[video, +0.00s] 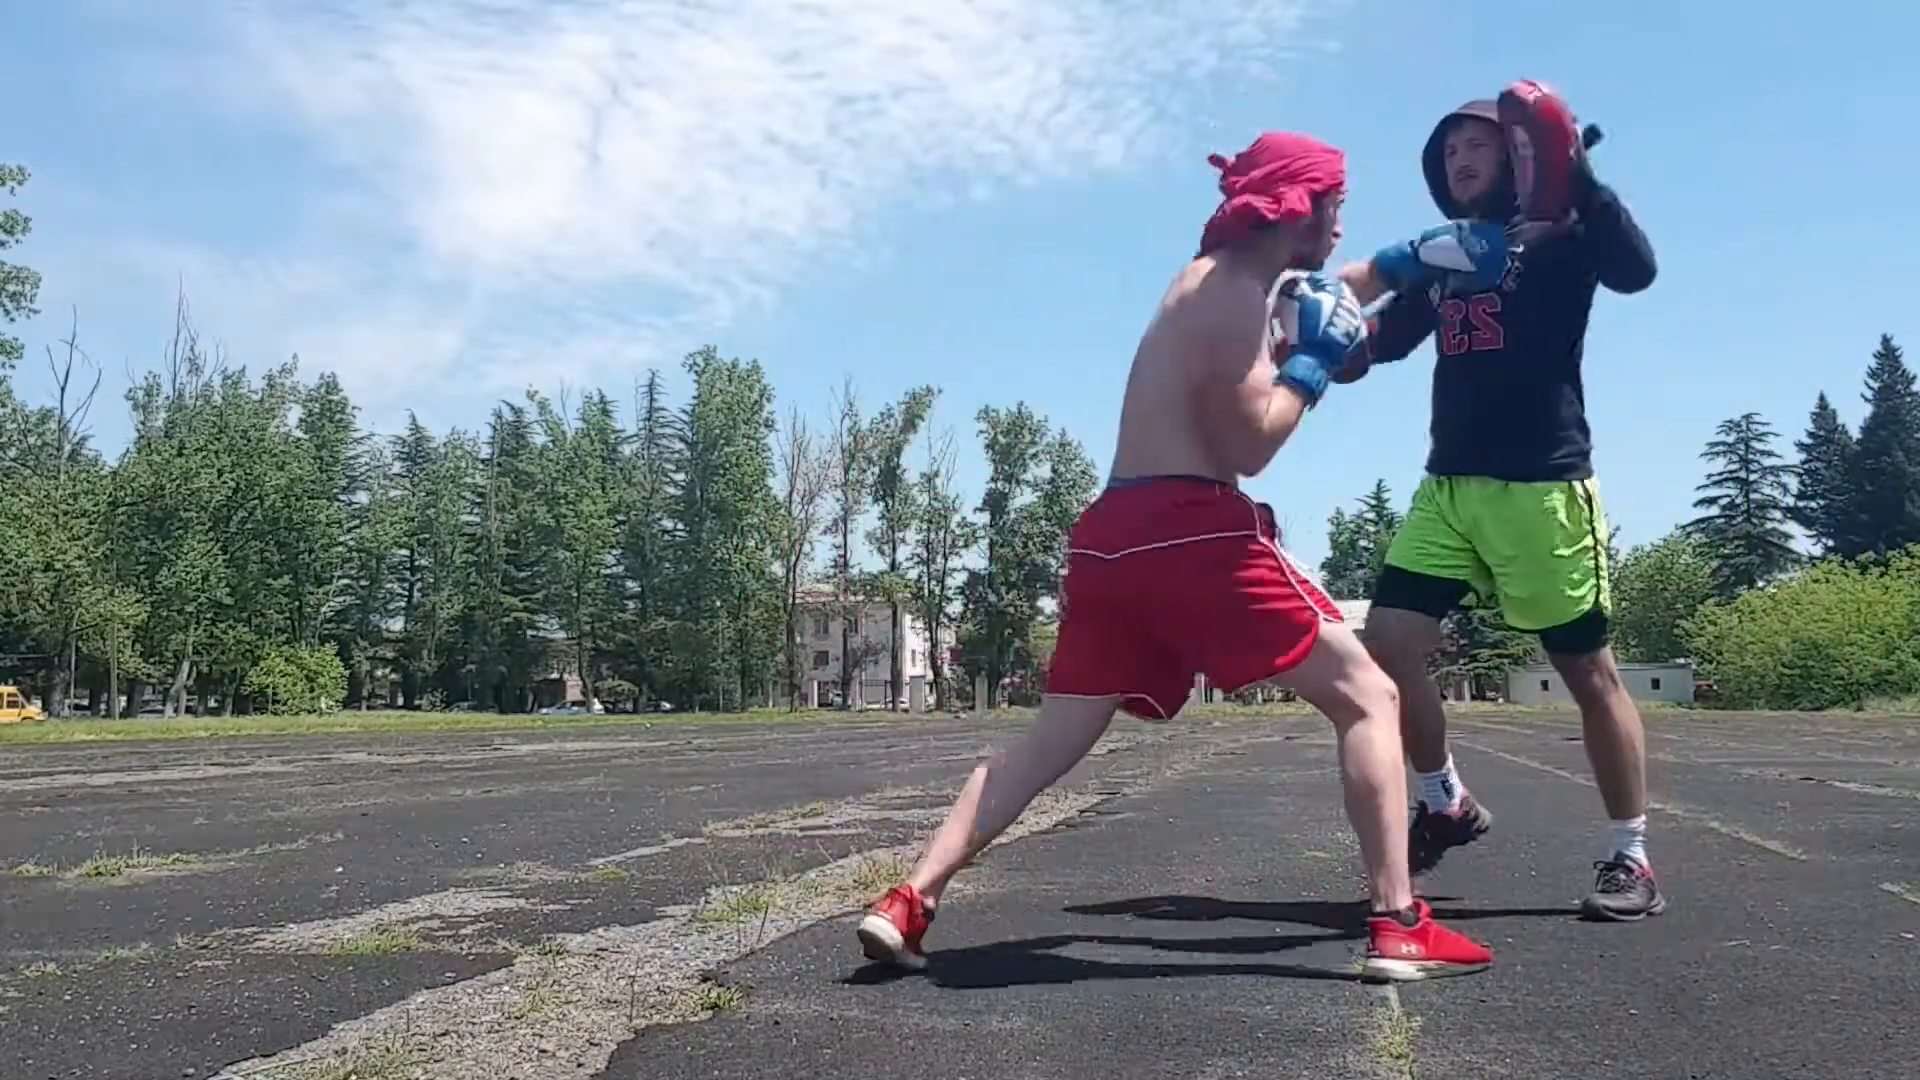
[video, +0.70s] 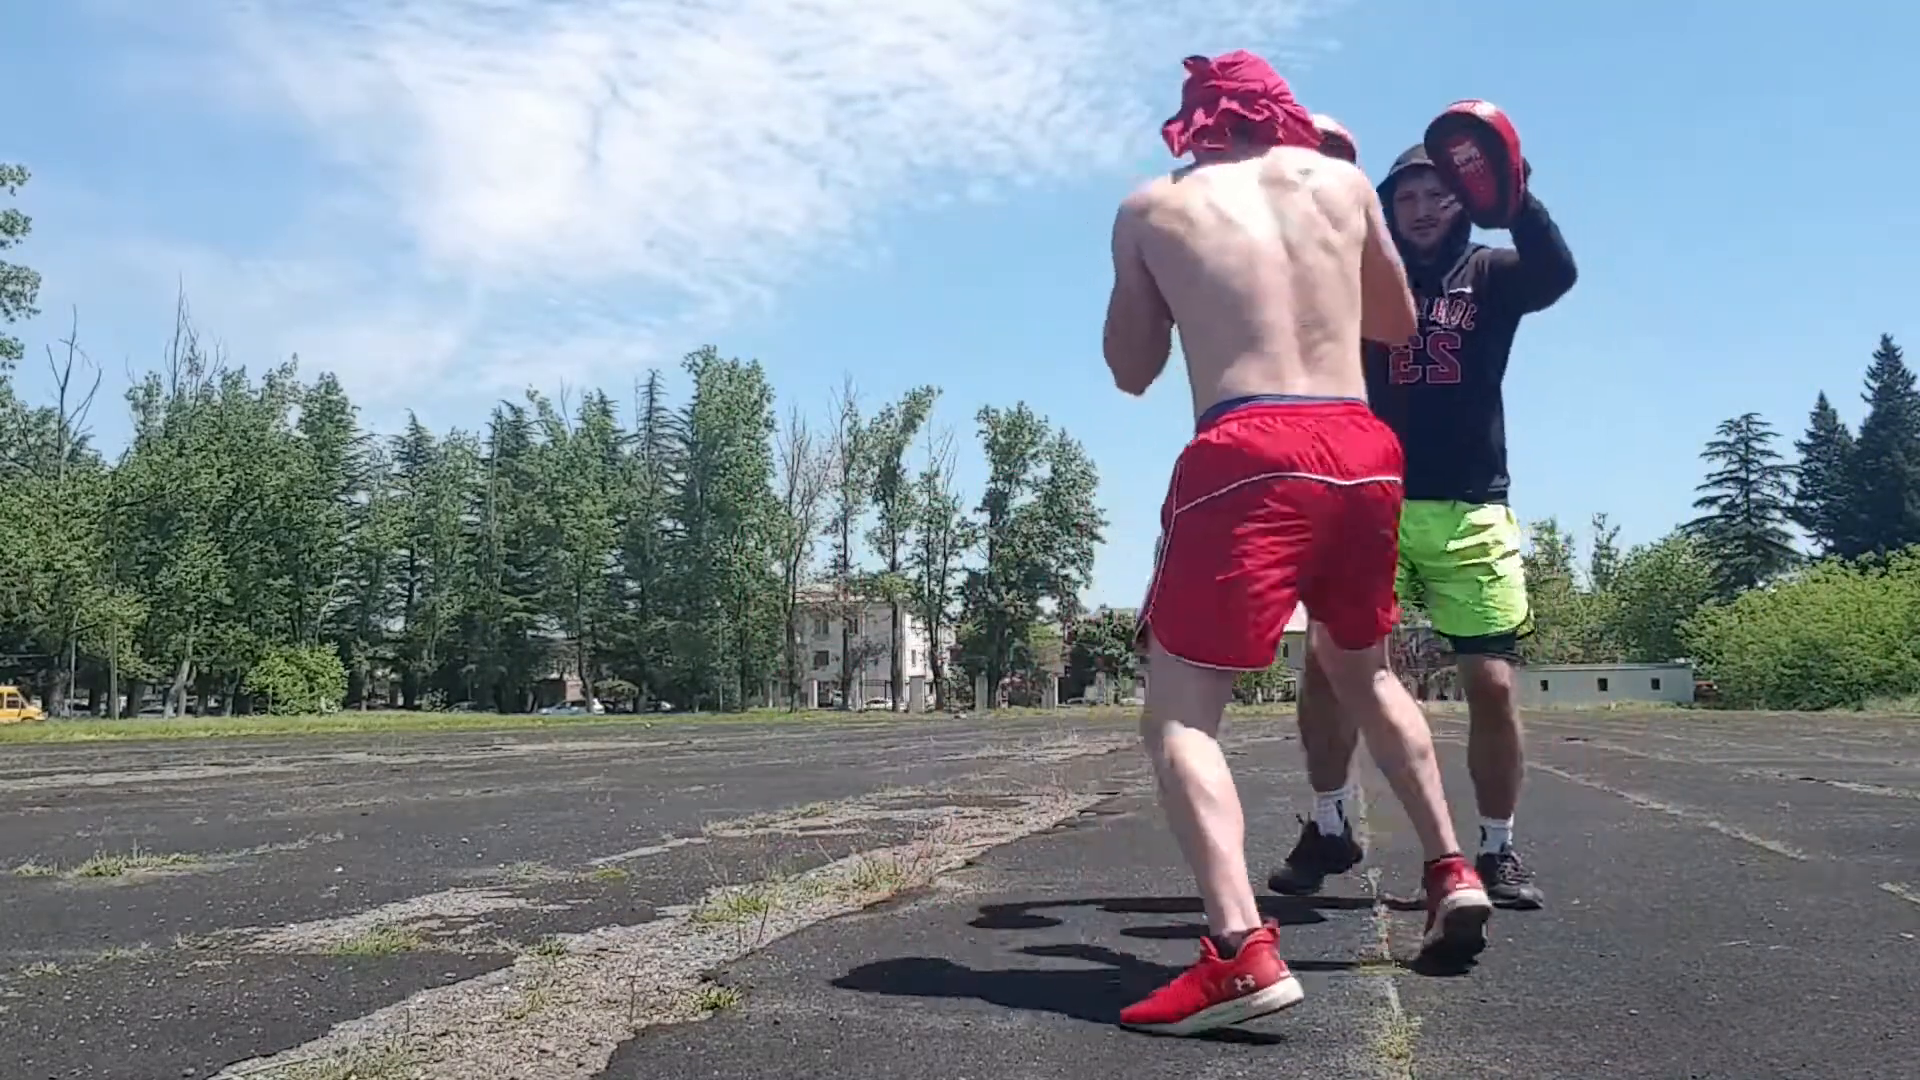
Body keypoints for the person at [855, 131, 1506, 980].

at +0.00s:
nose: (1339, 223)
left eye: (1338, 206)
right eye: (1333, 205)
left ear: (1260, 209)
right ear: (1297, 211)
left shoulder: (1199, 278)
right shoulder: (1240, 290)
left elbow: (1325, 296)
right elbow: (1248, 445)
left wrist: (1405, 263)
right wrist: (1311, 366)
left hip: (1107, 536)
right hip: (1199, 530)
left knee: (1051, 738)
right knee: (1368, 698)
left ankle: (910, 899)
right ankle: (1400, 920)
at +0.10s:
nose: (1370, 228)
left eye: (1375, 210)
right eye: (1370, 206)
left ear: (1284, 184)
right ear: (1342, 195)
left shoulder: (1200, 263)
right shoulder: (1323, 268)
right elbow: (1336, 417)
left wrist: (1351, 337)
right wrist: (1383, 347)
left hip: (1134, 510)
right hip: (1246, 513)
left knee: (1054, 726)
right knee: (1386, 698)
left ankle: (924, 890)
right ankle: (1399, 917)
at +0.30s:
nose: (1325, 155)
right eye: (1321, 143)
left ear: (1219, 144)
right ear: (1309, 141)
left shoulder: (1156, 222)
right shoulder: (1351, 197)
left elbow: (1141, 372)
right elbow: (1418, 338)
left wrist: (1234, 322)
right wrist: (1347, 293)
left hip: (1181, 474)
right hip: (1311, 470)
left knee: (1102, 698)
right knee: (1378, 699)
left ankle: (1074, 887)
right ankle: (1408, 917)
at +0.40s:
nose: (1155, 172)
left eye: (1160, 159)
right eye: (1161, 162)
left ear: (1180, 154)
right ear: (1264, 141)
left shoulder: (1132, 232)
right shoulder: (1325, 200)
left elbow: (1127, 390)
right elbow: (1378, 342)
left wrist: (1200, 300)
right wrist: (1296, 283)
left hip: (1189, 482)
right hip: (1319, 475)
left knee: (1133, 723)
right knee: (1383, 702)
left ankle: (1144, 942)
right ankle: (1422, 918)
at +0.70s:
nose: (1176, 140)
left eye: (1181, 128)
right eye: (1185, 128)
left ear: (1195, 129)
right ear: (1284, 121)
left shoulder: (1152, 209)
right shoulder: (1345, 183)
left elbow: (1132, 366)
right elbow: (1396, 325)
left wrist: (1172, 255)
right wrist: (1308, 257)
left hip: (1244, 453)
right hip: (1364, 451)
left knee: (1183, 720)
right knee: (1359, 663)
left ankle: (1242, 949)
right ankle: (1454, 871)